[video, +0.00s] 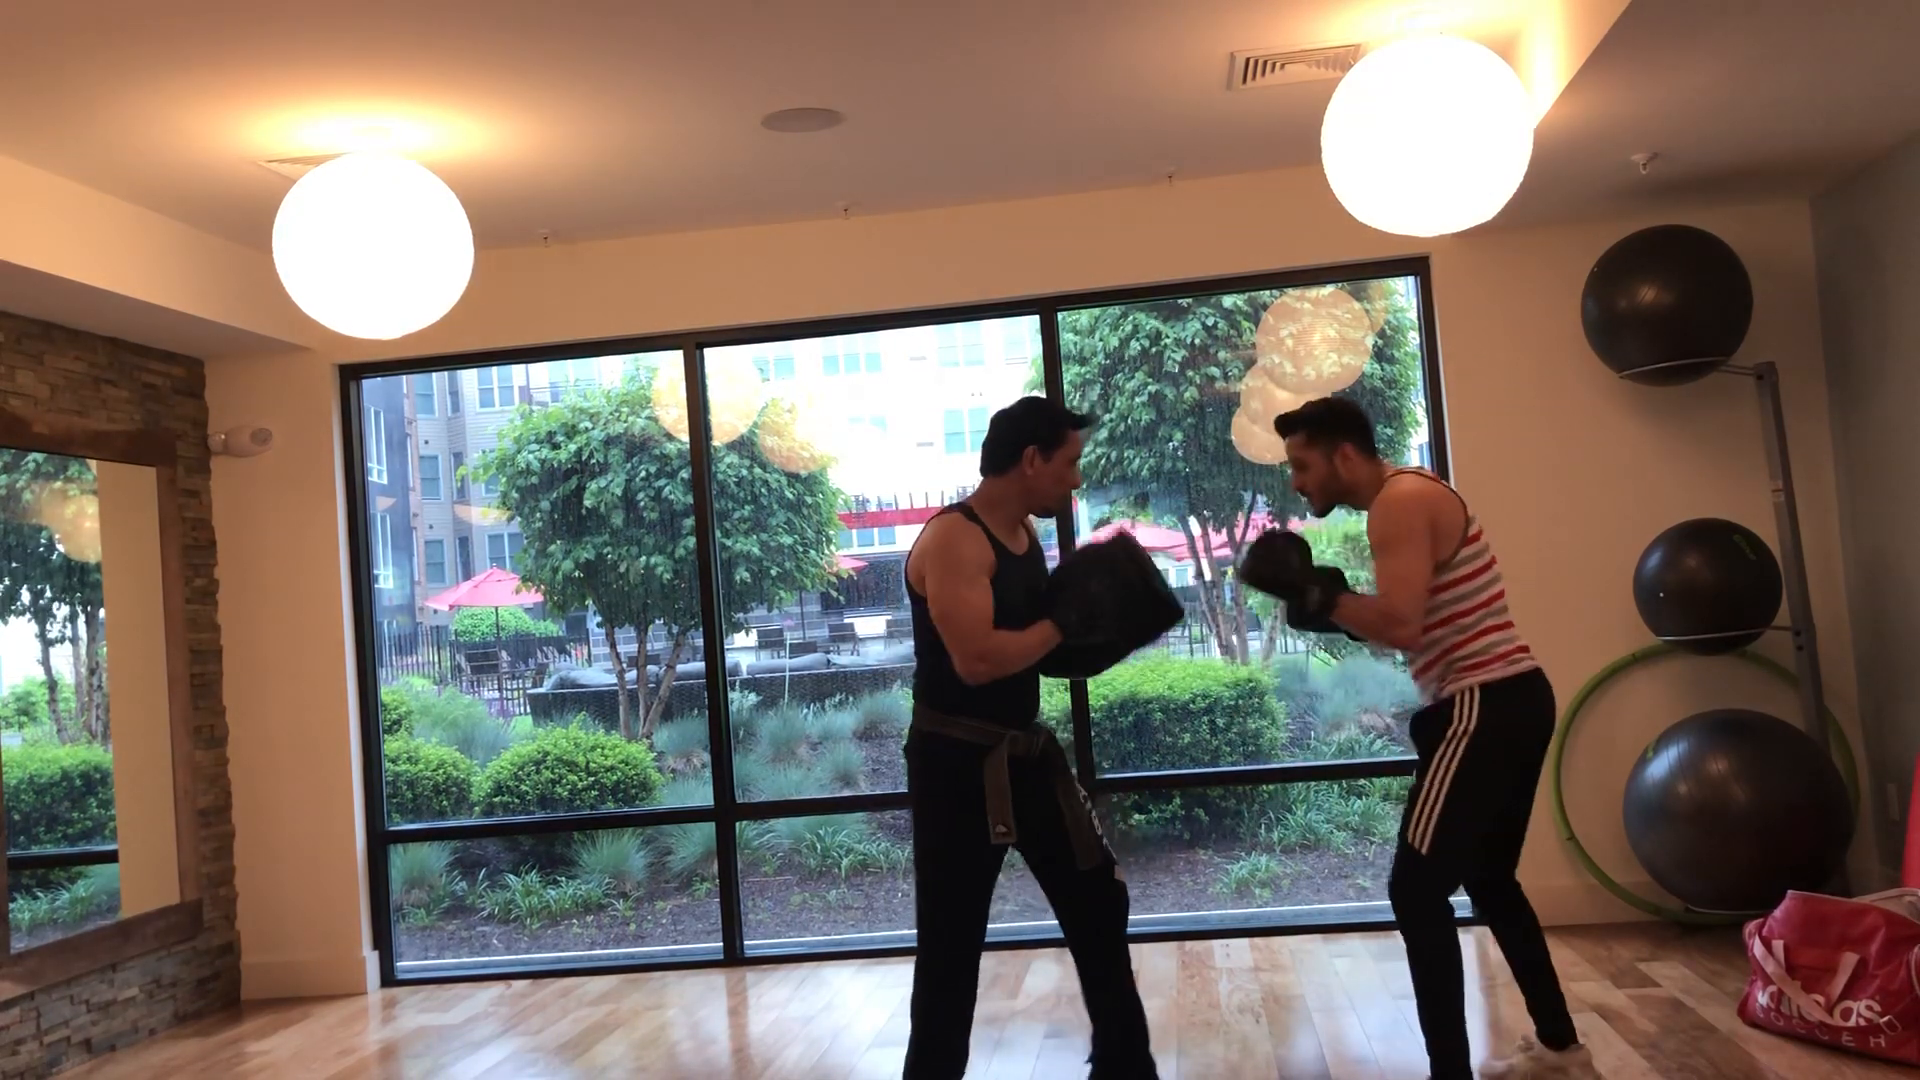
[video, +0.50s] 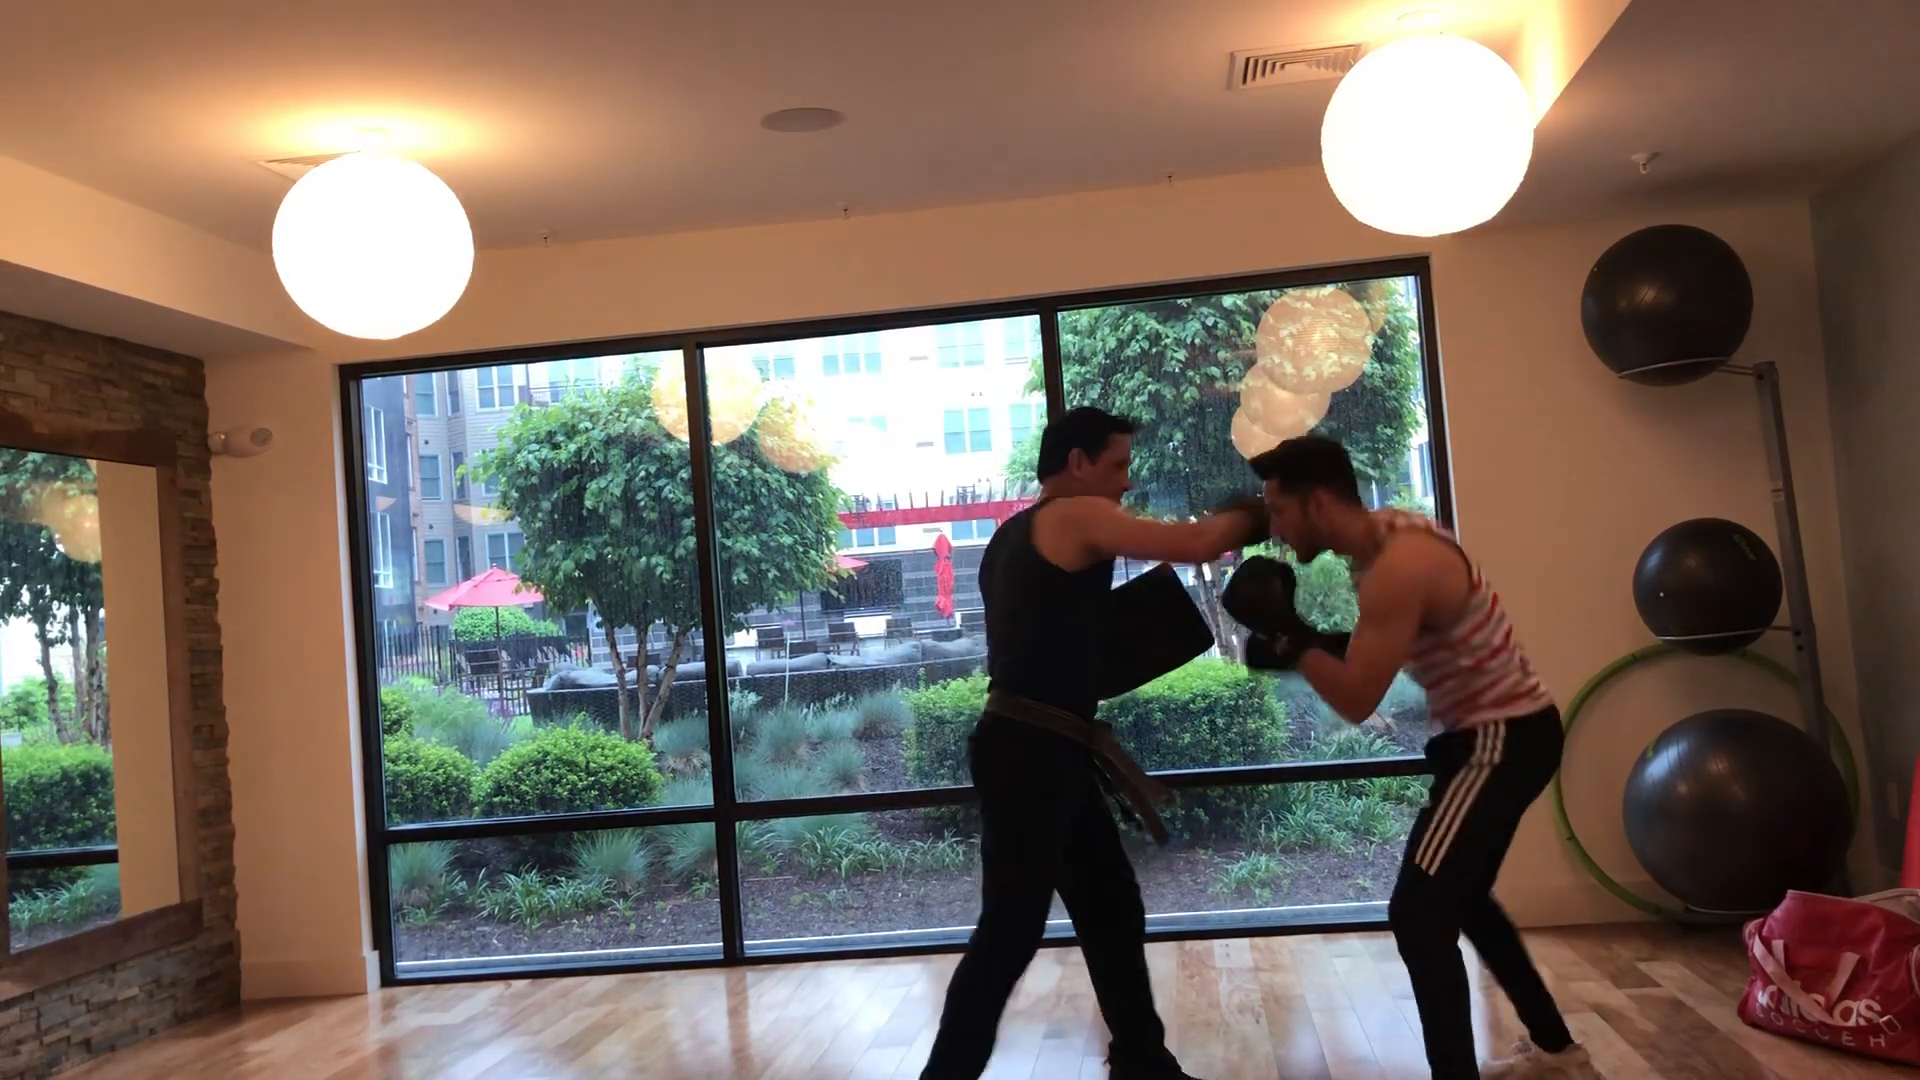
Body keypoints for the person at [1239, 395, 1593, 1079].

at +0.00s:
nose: (1295, 482)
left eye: (1300, 465)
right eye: (1291, 468)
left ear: (1344, 455)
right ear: (1348, 457)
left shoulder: (1399, 502)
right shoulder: (1417, 493)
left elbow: (1402, 624)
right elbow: (1417, 623)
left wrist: (1320, 592)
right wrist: (1338, 604)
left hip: (1482, 706)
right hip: (1511, 698)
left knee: (1414, 890)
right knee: (1490, 877)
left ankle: (1449, 1072)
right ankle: (1556, 1032)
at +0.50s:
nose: (1274, 528)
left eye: (1277, 511)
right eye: (1270, 513)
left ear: (1317, 501)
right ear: (1324, 500)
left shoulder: (1400, 565)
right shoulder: (1388, 533)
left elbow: (1354, 700)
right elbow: (1392, 648)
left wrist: (1289, 642)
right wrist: (1312, 641)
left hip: (1501, 735)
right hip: (1492, 727)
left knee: (1417, 912)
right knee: (1466, 895)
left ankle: (1454, 1075)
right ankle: (1552, 1037)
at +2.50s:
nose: (1276, 566)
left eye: (1278, 551)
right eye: (1274, 551)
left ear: (1310, 558)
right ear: (1339, 545)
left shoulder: (1408, 627)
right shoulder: (1380, 587)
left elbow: (1333, 754)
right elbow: (1397, 683)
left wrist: (1299, 660)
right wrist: (1317, 704)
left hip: (1537, 758)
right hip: (1492, 752)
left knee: (1428, 917)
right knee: (1444, 899)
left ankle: (1481, 1071)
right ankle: (1530, 1042)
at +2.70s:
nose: (1279, 521)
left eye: (1285, 503)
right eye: (1280, 505)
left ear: (1321, 504)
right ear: (1336, 501)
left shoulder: (1402, 569)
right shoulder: (1384, 558)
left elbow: (1350, 708)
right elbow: (1396, 661)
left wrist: (1285, 644)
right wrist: (1303, 687)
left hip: (1519, 744)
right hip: (1488, 742)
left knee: (1432, 915)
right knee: (1454, 899)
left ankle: (1481, 1071)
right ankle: (1527, 1040)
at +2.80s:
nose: (1288, 501)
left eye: (1292, 481)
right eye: (1283, 485)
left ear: (1339, 463)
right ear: (1343, 468)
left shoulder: (1387, 524)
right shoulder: (1402, 510)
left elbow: (1387, 639)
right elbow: (1398, 633)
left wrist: (1296, 628)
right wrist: (1305, 626)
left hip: (1496, 721)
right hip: (1496, 715)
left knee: (1437, 909)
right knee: (1463, 887)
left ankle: (1483, 1069)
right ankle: (1527, 1040)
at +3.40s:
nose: (1302, 484)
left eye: (1306, 465)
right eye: (1297, 470)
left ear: (1348, 452)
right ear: (1352, 456)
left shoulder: (1397, 495)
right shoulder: (1413, 497)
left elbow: (1379, 619)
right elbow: (1384, 632)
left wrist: (1306, 567)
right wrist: (1312, 576)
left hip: (1495, 688)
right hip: (1520, 683)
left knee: (1445, 878)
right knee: (1485, 870)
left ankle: (1474, 1068)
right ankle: (1530, 1037)